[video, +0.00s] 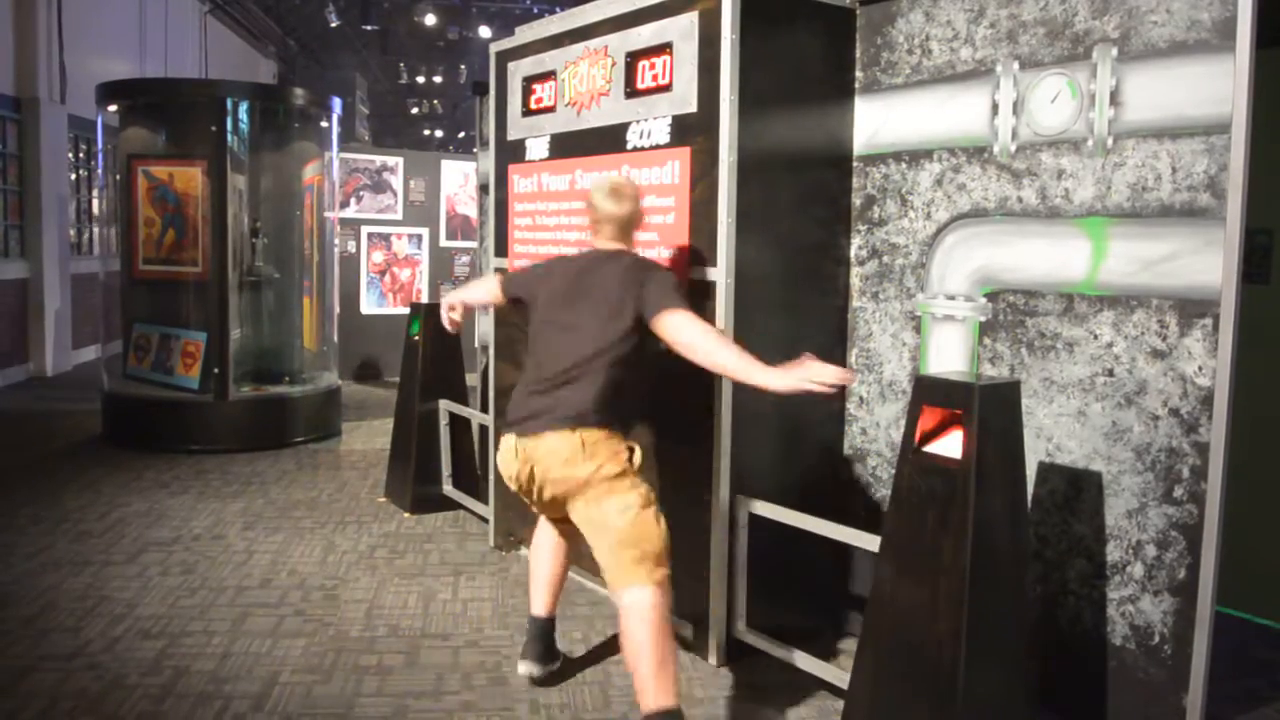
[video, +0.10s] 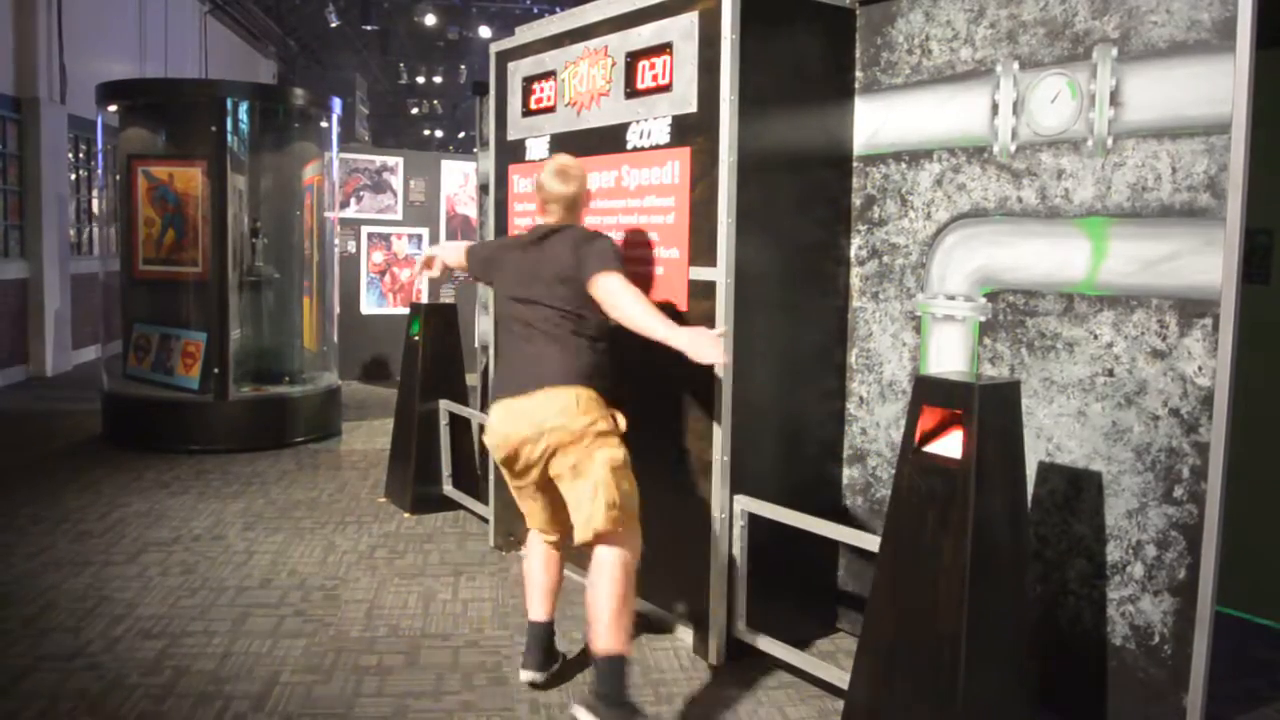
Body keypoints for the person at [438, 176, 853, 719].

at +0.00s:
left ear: (588, 223)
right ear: (637, 223)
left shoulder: (549, 273)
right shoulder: (644, 276)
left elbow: (487, 290)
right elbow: (687, 334)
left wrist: (453, 299)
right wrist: (771, 376)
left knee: (552, 514)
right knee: (640, 585)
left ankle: (538, 644)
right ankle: (661, 710)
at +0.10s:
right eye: (584, 195)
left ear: (538, 201)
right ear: (584, 200)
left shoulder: (505, 252)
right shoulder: (588, 246)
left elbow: (454, 255)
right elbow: (614, 297)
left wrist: (436, 257)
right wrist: (682, 338)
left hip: (506, 415)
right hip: (571, 406)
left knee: (543, 530)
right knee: (615, 535)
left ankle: (538, 656)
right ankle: (607, 693)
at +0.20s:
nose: (543, 180)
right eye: (549, 172)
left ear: (506, 178)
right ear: (553, 177)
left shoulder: (480, 224)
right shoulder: (558, 216)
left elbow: (429, 236)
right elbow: (566, 257)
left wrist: (412, 249)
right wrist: (614, 316)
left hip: (473, 383)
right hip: (531, 376)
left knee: (524, 505)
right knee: (589, 483)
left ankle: (531, 629)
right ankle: (548, 622)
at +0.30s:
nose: (534, 173)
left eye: (523, 165)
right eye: (533, 166)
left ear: (487, 172)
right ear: (530, 170)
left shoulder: (461, 216)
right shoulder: (532, 208)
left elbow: (411, 260)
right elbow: (536, 254)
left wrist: (383, 301)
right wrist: (566, 316)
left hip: (440, 366)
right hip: (490, 364)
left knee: (493, 467)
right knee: (564, 453)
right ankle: (517, 582)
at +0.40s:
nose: (504, 198)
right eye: (503, 191)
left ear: (460, 198)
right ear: (500, 192)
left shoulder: (439, 241)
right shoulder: (505, 226)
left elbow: (399, 305)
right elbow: (515, 267)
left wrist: (380, 351)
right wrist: (546, 325)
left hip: (419, 378)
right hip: (466, 378)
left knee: (456, 448)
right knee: (537, 456)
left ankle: (385, 519)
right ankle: (500, 584)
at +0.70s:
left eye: (382, 278)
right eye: (418, 267)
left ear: (384, 280)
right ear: (419, 272)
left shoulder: (381, 304)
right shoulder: (437, 292)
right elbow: (458, 313)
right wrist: (489, 365)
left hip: (341, 398)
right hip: (389, 401)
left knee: (362, 438)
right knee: (473, 456)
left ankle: (329, 514)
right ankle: (435, 548)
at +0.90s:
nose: (421, 289)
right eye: (420, 284)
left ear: (383, 290)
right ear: (417, 287)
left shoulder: (371, 308)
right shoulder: (426, 300)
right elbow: (443, 315)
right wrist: (467, 344)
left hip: (325, 383)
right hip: (370, 382)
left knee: (358, 433)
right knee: (455, 442)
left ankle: (329, 515)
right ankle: (429, 547)